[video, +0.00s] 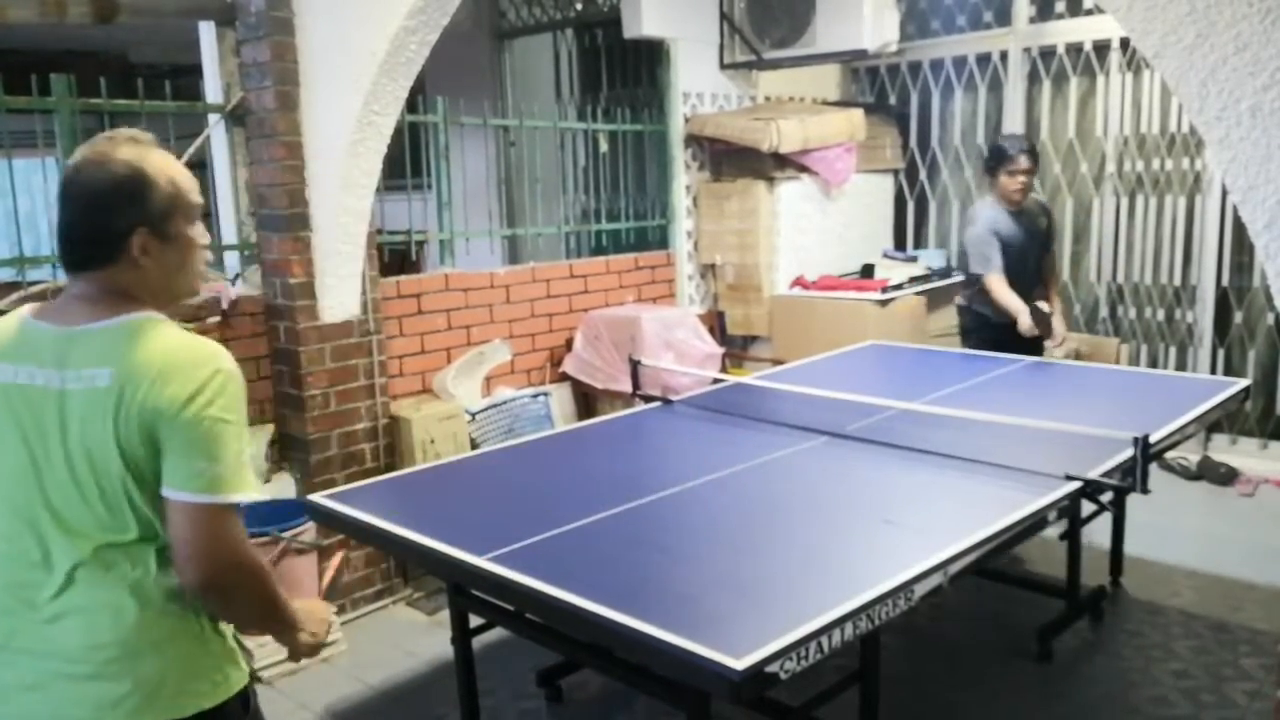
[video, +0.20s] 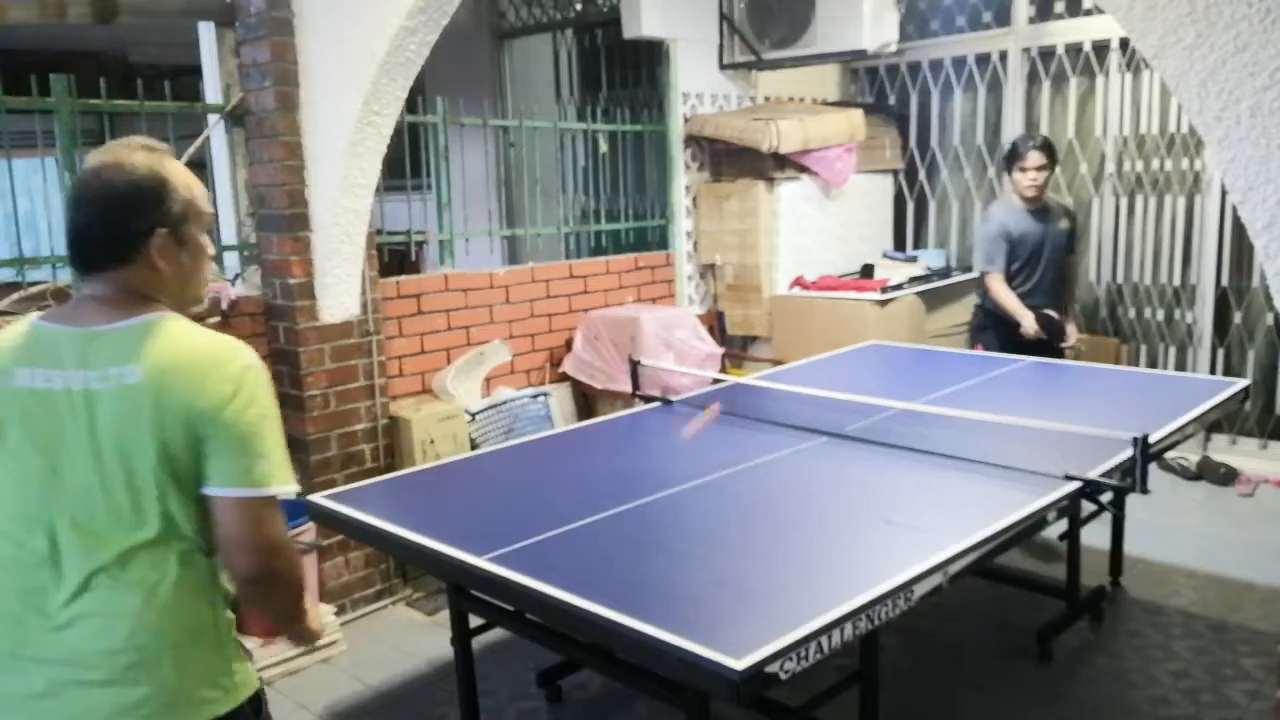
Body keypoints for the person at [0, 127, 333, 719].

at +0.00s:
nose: (207, 238)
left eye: (202, 219)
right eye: (195, 221)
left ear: (75, 240)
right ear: (142, 247)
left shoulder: (11, 338)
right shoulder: (192, 365)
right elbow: (210, 564)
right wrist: (290, 622)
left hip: (21, 682)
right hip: (155, 688)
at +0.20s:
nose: (213, 259)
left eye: (211, 239)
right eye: (206, 238)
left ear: (84, 247)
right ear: (160, 248)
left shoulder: (12, 348)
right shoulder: (217, 364)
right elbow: (255, 556)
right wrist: (289, 618)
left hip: (24, 689)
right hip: (176, 692)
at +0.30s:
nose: (236, 272)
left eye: (236, 250)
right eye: (232, 248)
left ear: (111, 250)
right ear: (195, 254)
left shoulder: (17, 356)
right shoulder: (249, 366)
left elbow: (11, 499)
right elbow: (309, 542)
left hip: (27, 692)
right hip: (193, 695)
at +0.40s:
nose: (259, 277)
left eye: (260, 257)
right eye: (257, 256)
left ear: (137, 254)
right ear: (227, 261)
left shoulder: (29, 359)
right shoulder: (279, 369)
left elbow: (9, 499)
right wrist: (410, 483)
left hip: (35, 689)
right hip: (207, 691)